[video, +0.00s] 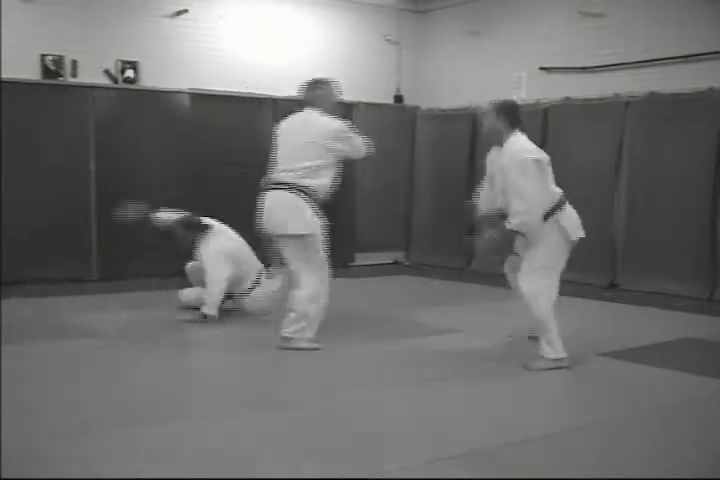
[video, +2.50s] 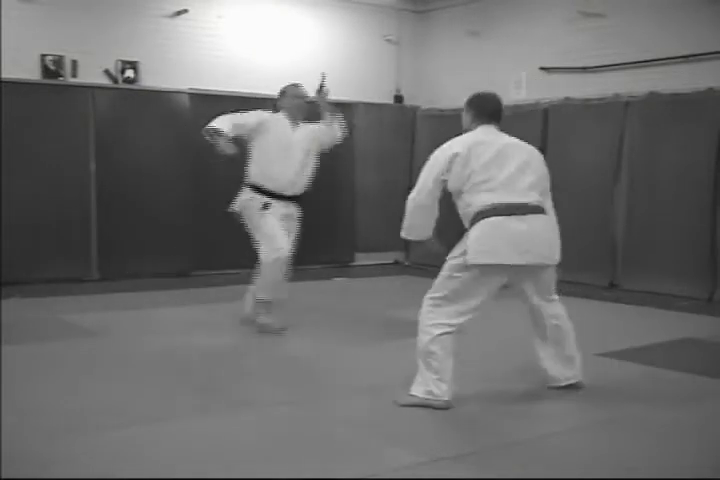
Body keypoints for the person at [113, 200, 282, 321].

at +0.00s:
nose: (180, 240)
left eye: (182, 235)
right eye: (178, 235)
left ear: (191, 233)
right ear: (191, 222)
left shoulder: (212, 250)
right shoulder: (208, 224)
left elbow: (217, 283)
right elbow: (179, 217)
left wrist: (208, 313)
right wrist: (151, 215)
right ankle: (224, 298)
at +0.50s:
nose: (129, 206)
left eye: (131, 200)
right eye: (125, 203)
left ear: (139, 195)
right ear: (123, 205)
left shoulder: (158, 209)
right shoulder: (129, 216)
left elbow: (182, 233)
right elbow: (120, 243)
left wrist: (192, 261)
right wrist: (118, 264)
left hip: (195, 251)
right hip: (169, 253)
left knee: (179, 296)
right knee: (128, 255)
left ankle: (225, 296)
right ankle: (139, 292)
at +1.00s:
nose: (122, 143)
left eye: (125, 139)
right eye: (117, 140)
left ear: (130, 142)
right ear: (110, 145)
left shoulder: (148, 159)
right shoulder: (106, 169)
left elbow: (180, 173)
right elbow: (98, 194)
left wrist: (168, 201)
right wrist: (97, 211)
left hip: (160, 213)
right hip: (131, 216)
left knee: (150, 259)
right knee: (125, 248)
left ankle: (153, 285)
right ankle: (139, 291)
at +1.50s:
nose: (130, 138)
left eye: (132, 134)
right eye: (125, 135)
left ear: (137, 135)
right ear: (115, 139)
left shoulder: (154, 152)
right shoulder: (107, 165)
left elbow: (178, 164)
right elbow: (94, 194)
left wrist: (167, 186)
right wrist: (93, 226)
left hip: (159, 207)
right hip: (129, 209)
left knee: (161, 248)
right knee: (115, 250)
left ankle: (161, 280)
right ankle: (110, 283)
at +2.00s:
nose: (211, 119)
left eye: (214, 114)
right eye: (206, 114)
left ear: (218, 117)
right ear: (194, 116)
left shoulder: (224, 144)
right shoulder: (178, 140)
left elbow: (232, 179)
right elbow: (148, 160)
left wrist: (238, 174)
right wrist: (154, 182)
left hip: (203, 206)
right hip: (174, 201)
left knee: (193, 248)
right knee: (190, 244)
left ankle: (167, 277)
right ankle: (199, 294)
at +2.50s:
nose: (302, 103)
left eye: (304, 99)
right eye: (296, 98)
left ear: (307, 104)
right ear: (282, 100)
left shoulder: (312, 133)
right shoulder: (265, 121)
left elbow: (336, 134)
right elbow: (220, 125)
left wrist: (325, 106)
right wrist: (223, 141)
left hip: (289, 207)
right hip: (257, 200)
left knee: (279, 259)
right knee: (277, 249)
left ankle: (251, 308)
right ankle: (262, 309)